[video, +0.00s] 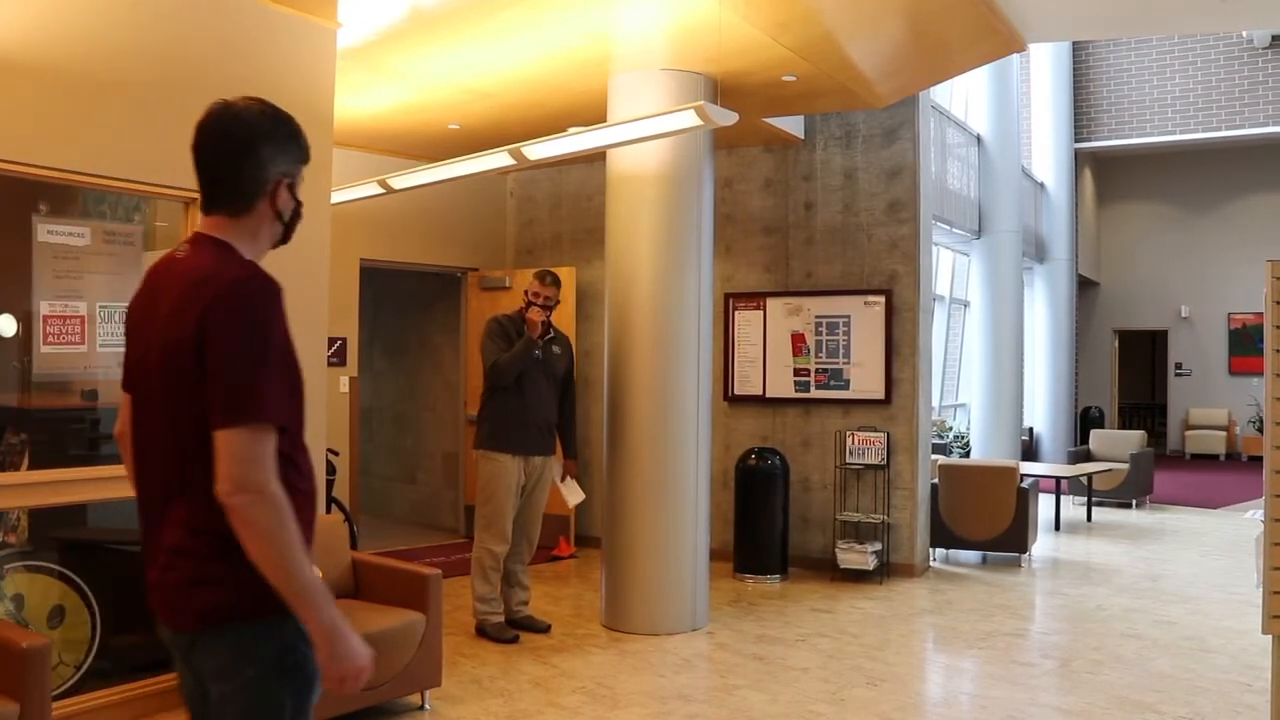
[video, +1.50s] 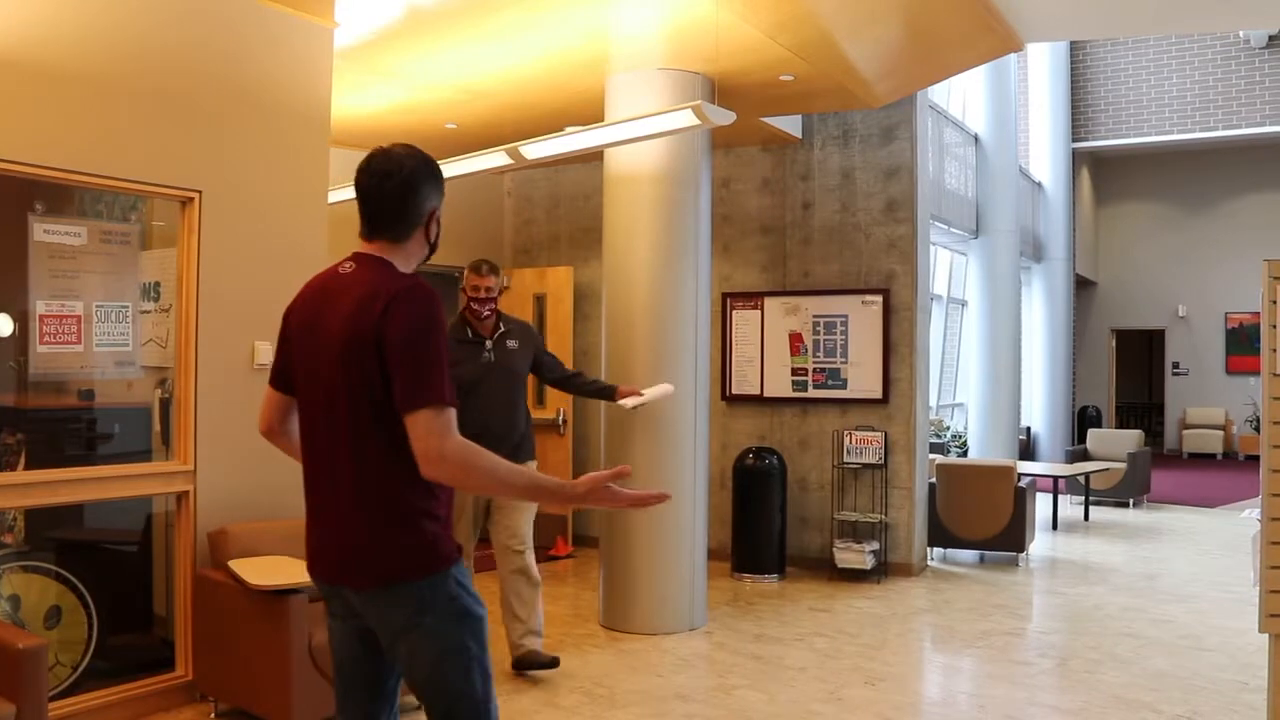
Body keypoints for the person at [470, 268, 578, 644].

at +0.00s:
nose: (538, 304)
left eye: (546, 300)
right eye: (534, 297)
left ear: (557, 303)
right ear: (525, 292)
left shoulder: (561, 343)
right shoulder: (499, 327)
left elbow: (566, 403)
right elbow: (497, 376)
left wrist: (569, 455)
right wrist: (531, 337)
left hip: (542, 451)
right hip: (500, 448)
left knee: (525, 538)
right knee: (494, 537)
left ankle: (517, 609)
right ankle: (488, 616)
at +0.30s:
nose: (543, 305)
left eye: (551, 300)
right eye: (539, 297)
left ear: (562, 302)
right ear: (529, 294)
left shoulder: (566, 346)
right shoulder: (503, 329)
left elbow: (569, 405)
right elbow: (475, 378)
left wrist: (573, 456)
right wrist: (519, 370)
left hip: (541, 452)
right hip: (499, 448)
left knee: (524, 537)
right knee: (494, 536)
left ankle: (516, 610)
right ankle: (486, 617)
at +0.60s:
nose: (537, 306)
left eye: (545, 301)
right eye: (532, 298)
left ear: (556, 303)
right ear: (522, 296)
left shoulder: (563, 348)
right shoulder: (493, 336)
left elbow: (568, 406)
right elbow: (464, 387)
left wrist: (572, 456)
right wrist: (467, 440)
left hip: (537, 457)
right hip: (492, 453)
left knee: (521, 538)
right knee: (482, 539)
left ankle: (515, 611)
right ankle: (472, 624)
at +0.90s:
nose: (512, 302)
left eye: (519, 296)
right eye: (506, 295)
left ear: (529, 300)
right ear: (494, 296)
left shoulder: (542, 342)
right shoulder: (470, 341)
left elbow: (556, 401)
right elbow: (444, 396)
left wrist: (569, 452)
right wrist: (436, 448)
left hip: (527, 458)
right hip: (477, 456)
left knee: (519, 539)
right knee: (470, 543)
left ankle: (515, 610)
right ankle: (464, 630)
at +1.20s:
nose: (487, 298)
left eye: (494, 291)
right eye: (480, 291)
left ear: (505, 293)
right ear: (467, 291)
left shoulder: (523, 337)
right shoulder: (445, 341)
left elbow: (549, 388)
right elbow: (420, 400)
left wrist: (587, 420)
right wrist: (421, 455)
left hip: (517, 457)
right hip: (459, 458)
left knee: (534, 530)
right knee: (459, 549)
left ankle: (515, 605)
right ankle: (462, 628)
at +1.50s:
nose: (481, 300)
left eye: (489, 293)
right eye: (474, 292)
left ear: (501, 291)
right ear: (462, 290)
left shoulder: (522, 334)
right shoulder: (444, 338)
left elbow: (561, 376)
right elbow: (426, 397)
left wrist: (614, 392)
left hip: (513, 461)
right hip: (460, 462)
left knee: (518, 554)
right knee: (454, 557)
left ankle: (526, 648)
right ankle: (441, 658)